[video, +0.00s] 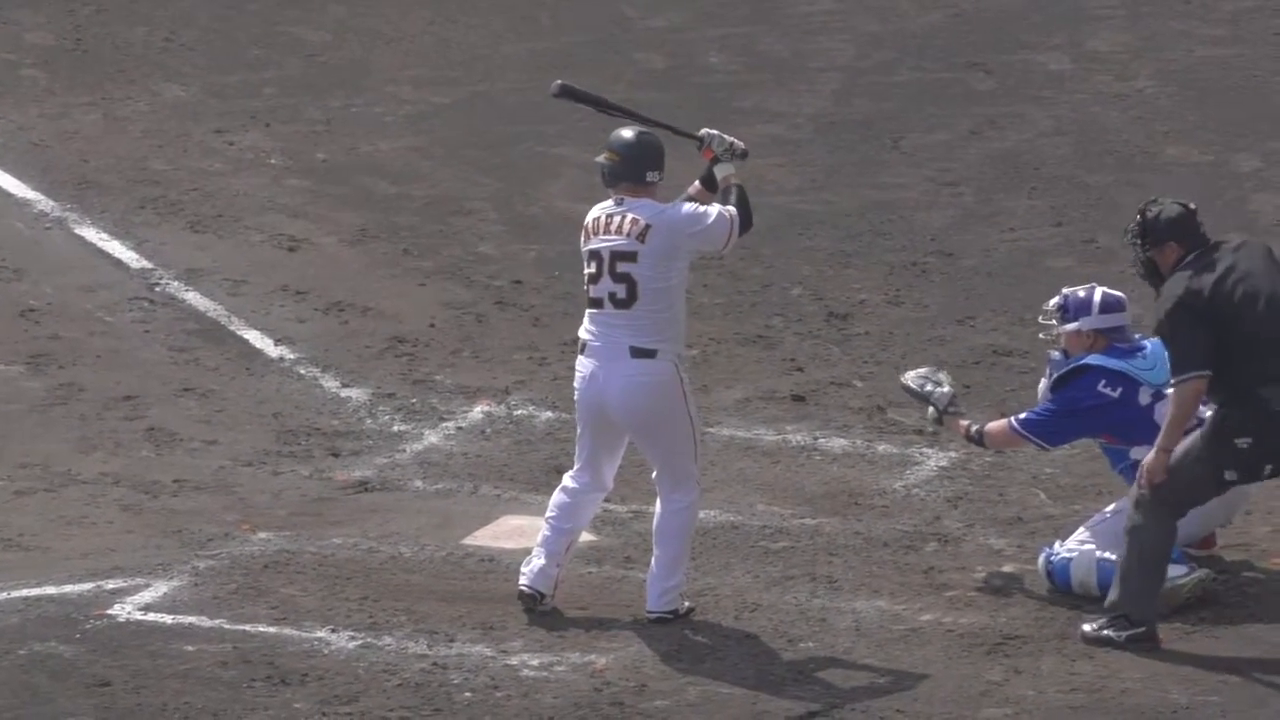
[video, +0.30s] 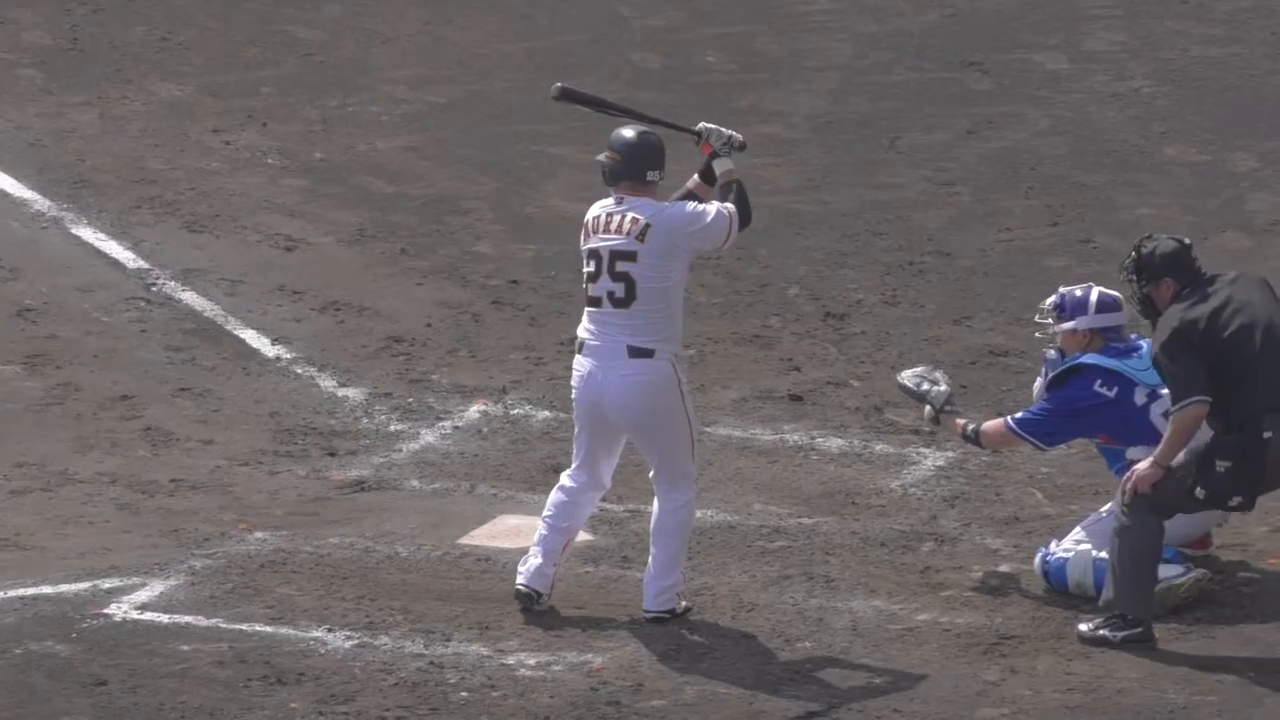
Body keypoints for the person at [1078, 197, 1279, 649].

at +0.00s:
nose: (1148, 259)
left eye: (1150, 249)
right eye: (1145, 249)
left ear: (1170, 248)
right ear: (1196, 235)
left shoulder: (1184, 295)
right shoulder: (1254, 251)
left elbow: (1191, 385)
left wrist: (1162, 452)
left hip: (1258, 426)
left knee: (1155, 498)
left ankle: (1132, 618)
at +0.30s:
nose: (1144, 295)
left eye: (1146, 287)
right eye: (1141, 287)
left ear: (1167, 286)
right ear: (1193, 271)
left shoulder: (1176, 327)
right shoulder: (1254, 285)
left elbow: (1194, 406)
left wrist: (1158, 463)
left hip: (1251, 451)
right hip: (1271, 437)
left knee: (1139, 497)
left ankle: (1130, 618)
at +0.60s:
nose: (1158, 315)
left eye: (1160, 306)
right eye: (1157, 307)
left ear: (1180, 306)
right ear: (1205, 293)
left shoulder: (1186, 347)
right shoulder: (1260, 305)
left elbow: (1197, 429)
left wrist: (1152, 476)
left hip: (1256, 476)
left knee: (1130, 501)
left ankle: (1126, 620)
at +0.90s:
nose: (1161, 317)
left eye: (1163, 308)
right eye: (1159, 308)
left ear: (1185, 308)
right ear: (1207, 297)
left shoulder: (1188, 352)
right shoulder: (1263, 310)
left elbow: (1203, 435)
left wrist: (1149, 478)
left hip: (1252, 485)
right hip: (1273, 472)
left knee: (1126, 502)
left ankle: (1122, 623)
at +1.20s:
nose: (1132, 327)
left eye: (1135, 318)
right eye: (1129, 318)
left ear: (1158, 317)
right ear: (1184, 304)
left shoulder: (1158, 364)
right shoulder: (1245, 323)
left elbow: (1173, 445)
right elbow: (1266, 389)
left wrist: (1118, 485)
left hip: (1230, 491)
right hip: (1274, 478)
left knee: (1096, 509)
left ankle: (1093, 627)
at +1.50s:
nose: (1081, 326)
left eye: (1084, 318)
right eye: (1079, 318)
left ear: (1105, 318)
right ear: (1130, 306)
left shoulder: (1105, 363)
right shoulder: (1186, 326)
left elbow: (1118, 441)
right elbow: (1239, 395)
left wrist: (1067, 478)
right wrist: (1222, 447)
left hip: (1164, 488)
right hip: (1228, 476)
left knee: (1045, 502)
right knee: (1237, 478)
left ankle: (1043, 613)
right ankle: (1277, 579)